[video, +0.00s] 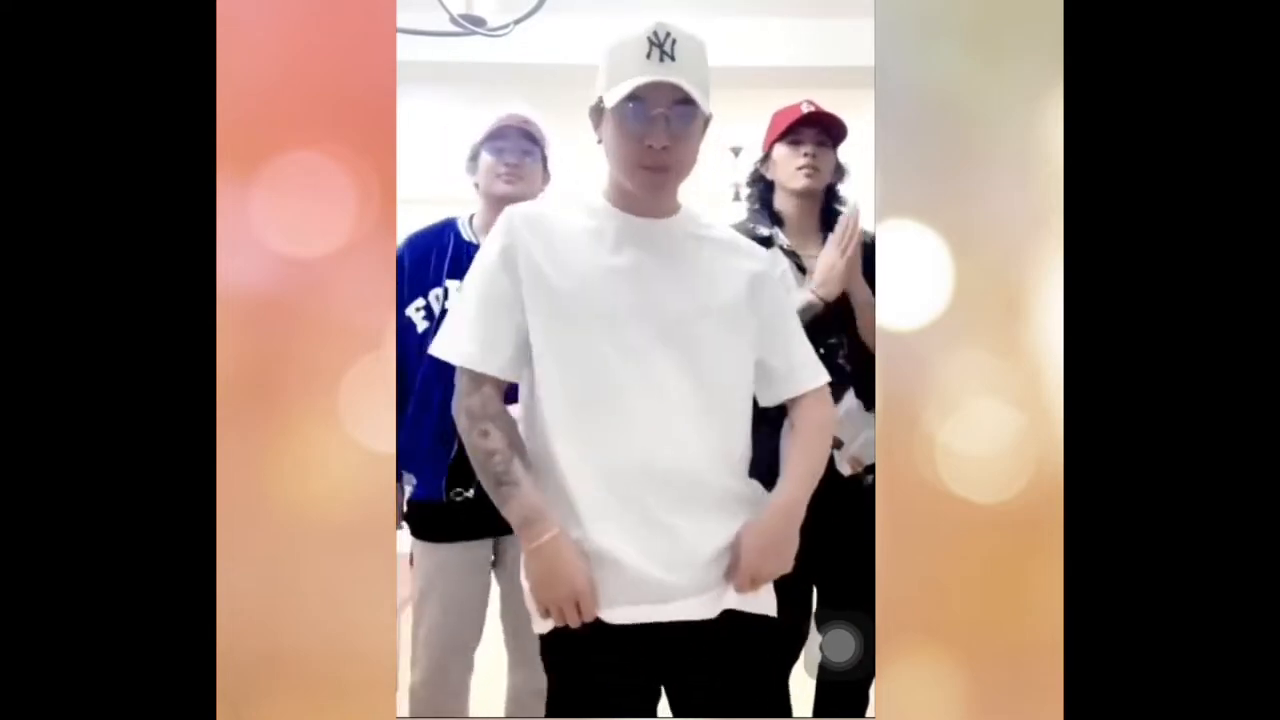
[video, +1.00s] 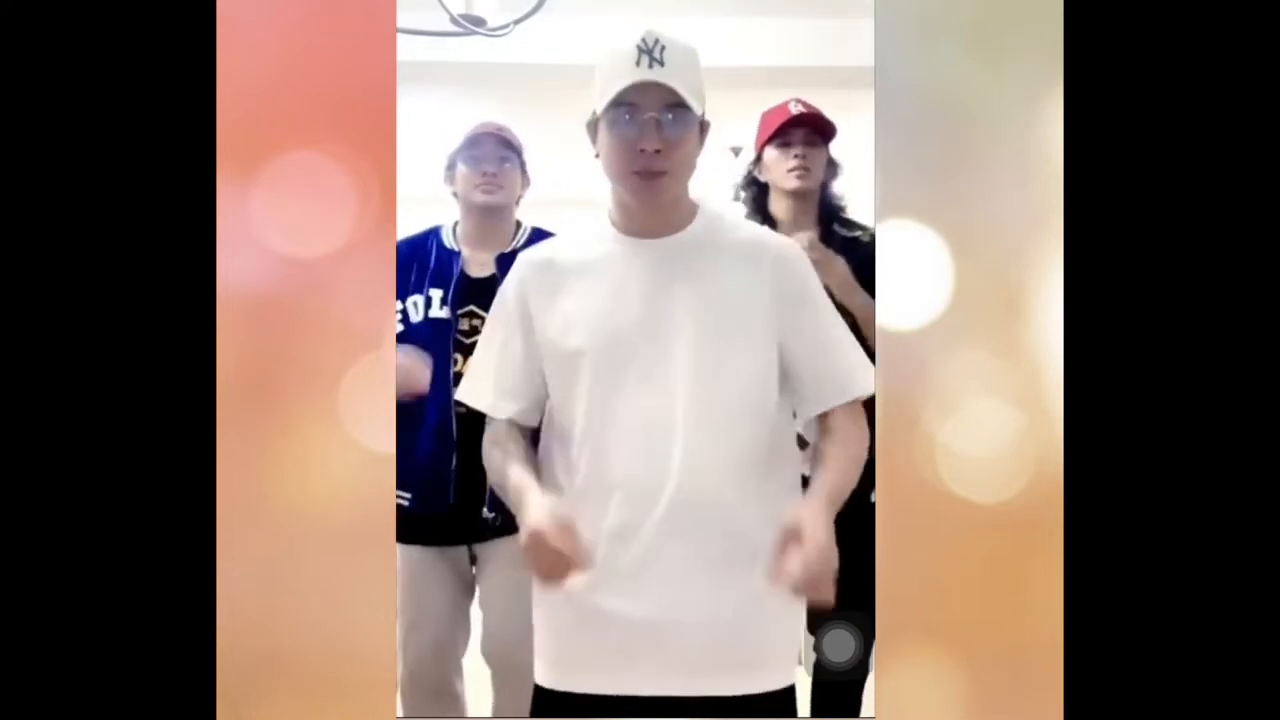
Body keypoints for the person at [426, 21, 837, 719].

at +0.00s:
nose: (658, 134)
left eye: (680, 113)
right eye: (637, 111)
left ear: (705, 131)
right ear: (598, 123)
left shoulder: (752, 266)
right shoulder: (529, 238)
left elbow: (813, 403)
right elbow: (476, 399)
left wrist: (783, 515)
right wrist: (540, 535)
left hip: (729, 610)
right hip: (593, 610)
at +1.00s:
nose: (650, 139)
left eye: (672, 117)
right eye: (627, 116)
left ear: (701, 137)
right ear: (594, 136)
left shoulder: (772, 266)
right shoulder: (543, 276)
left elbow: (844, 419)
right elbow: (503, 433)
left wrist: (820, 507)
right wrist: (531, 503)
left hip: (743, 654)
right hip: (587, 655)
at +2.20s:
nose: (701, 118)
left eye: (719, 97)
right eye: (676, 91)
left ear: (732, 116)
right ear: (623, 107)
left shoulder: (767, 250)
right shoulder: (559, 223)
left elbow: (780, 435)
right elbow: (518, 391)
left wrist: (755, 343)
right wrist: (548, 333)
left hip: (728, 597)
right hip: (595, 591)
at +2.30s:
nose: (746, 114)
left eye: (759, 93)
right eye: (720, 91)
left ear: (773, 108)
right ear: (662, 106)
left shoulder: (785, 251)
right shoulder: (581, 212)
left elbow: (773, 421)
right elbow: (526, 377)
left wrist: (756, 330)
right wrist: (559, 334)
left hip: (725, 581)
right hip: (592, 575)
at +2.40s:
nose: (755, 119)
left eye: (765, 97)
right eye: (726, 99)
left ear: (781, 110)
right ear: (673, 123)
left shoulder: (794, 265)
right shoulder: (594, 222)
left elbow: (789, 426)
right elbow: (528, 385)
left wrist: (767, 330)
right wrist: (568, 349)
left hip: (725, 586)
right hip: (593, 579)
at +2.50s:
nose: (709, 116)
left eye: (726, 93)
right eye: (683, 99)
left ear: (755, 120)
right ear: (652, 130)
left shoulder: (800, 259)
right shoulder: (591, 233)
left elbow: (808, 432)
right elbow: (540, 402)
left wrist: (775, 339)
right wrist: (572, 359)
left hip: (728, 598)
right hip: (592, 592)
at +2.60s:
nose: (649, 109)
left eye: (673, 86)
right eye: (630, 90)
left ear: (718, 104)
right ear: (610, 114)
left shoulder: (790, 240)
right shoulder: (575, 232)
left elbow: (814, 415)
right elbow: (541, 414)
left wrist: (779, 356)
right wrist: (557, 369)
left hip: (737, 594)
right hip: (597, 590)